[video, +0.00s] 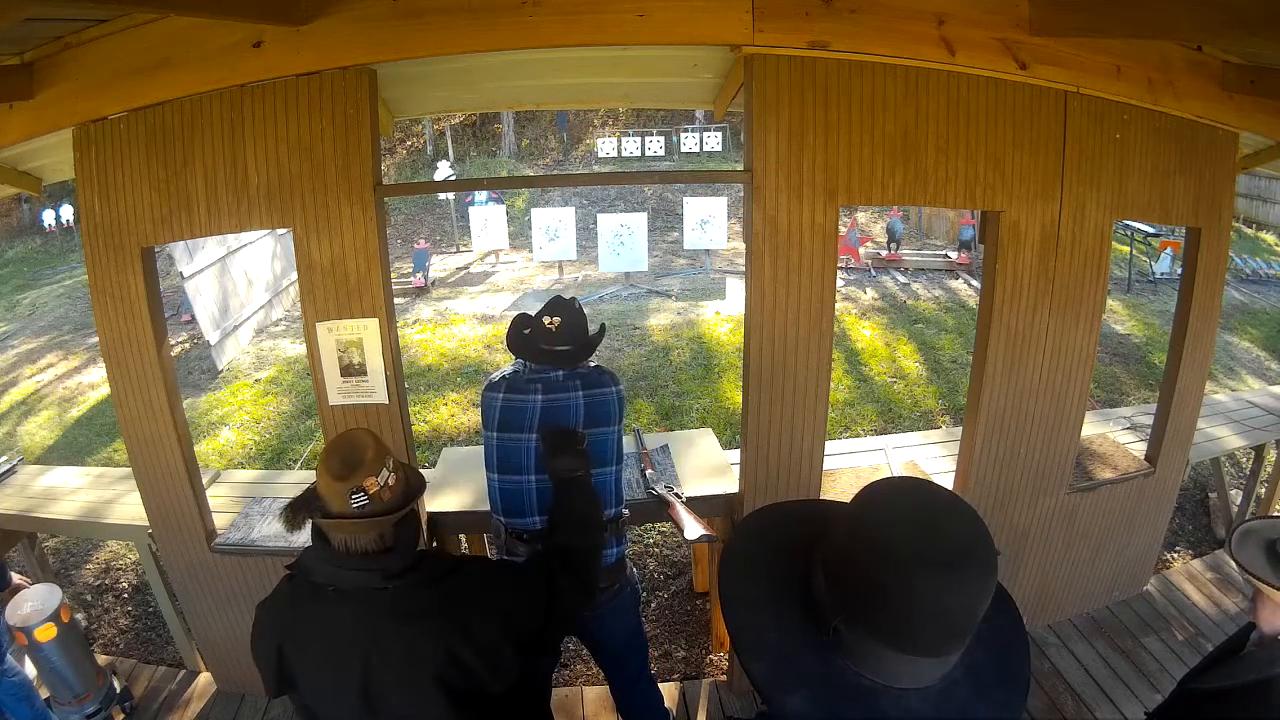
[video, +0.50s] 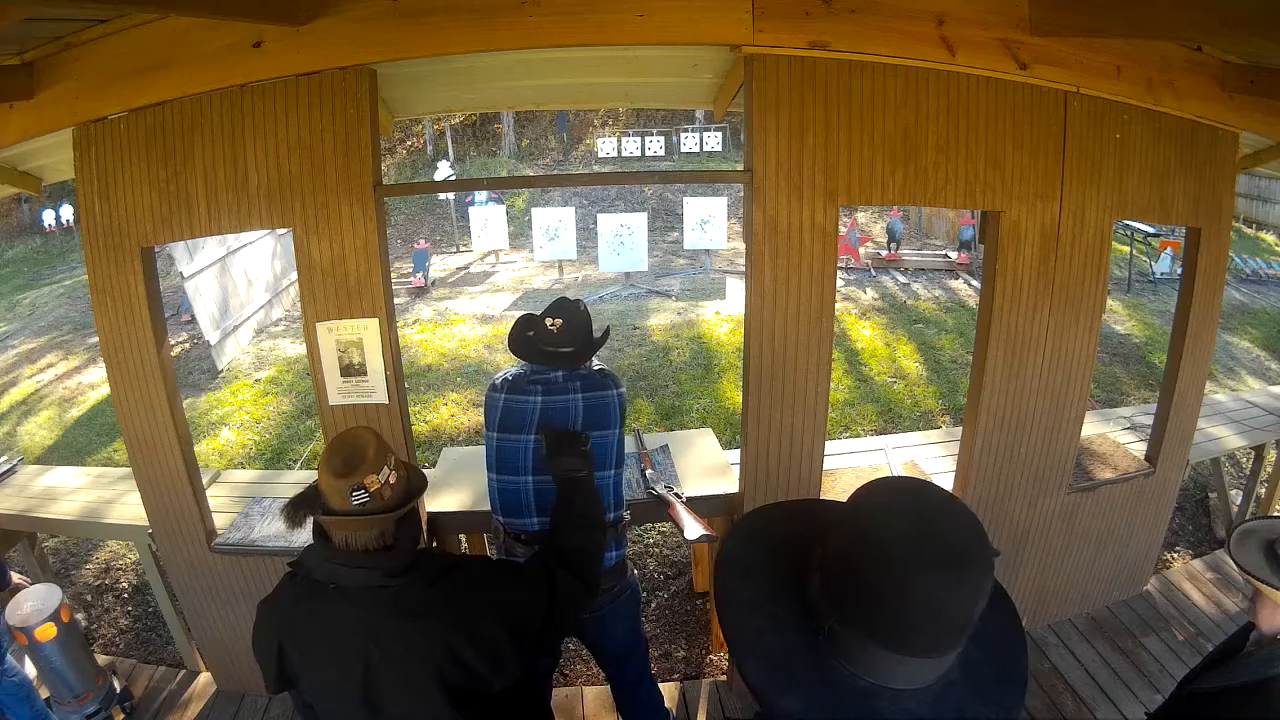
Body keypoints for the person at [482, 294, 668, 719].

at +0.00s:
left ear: (526, 339)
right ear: (582, 341)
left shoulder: (494, 392)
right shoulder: (606, 386)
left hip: (523, 581)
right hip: (601, 573)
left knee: (529, 693)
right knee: (636, 688)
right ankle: (651, 715)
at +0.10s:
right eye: (586, 336)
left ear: (526, 341)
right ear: (582, 343)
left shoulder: (494, 393)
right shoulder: (606, 388)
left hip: (523, 581)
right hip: (601, 573)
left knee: (529, 694)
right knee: (636, 688)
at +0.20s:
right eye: (586, 336)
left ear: (527, 341)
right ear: (582, 344)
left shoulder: (494, 393)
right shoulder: (606, 388)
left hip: (523, 581)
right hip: (601, 574)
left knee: (529, 693)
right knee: (636, 687)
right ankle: (652, 716)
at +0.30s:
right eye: (584, 336)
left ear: (528, 339)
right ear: (583, 343)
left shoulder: (495, 391)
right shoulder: (607, 387)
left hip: (523, 577)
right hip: (601, 570)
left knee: (529, 692)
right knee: (636, 688)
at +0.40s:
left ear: (532, 340)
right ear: (585, 346)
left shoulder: (497, 391)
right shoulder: (608, 388)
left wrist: (537, 351)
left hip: (523, 575)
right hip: (601, 569)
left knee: (529, 691)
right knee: (635, 687)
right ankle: (651, 714)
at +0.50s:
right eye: (592, 341)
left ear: (533, 343)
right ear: (587, 348)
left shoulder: (499, 390)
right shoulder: (609, 389)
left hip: (523, 578)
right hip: (601, 573)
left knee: (530, 691)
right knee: (635, 687)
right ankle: (652, 714)